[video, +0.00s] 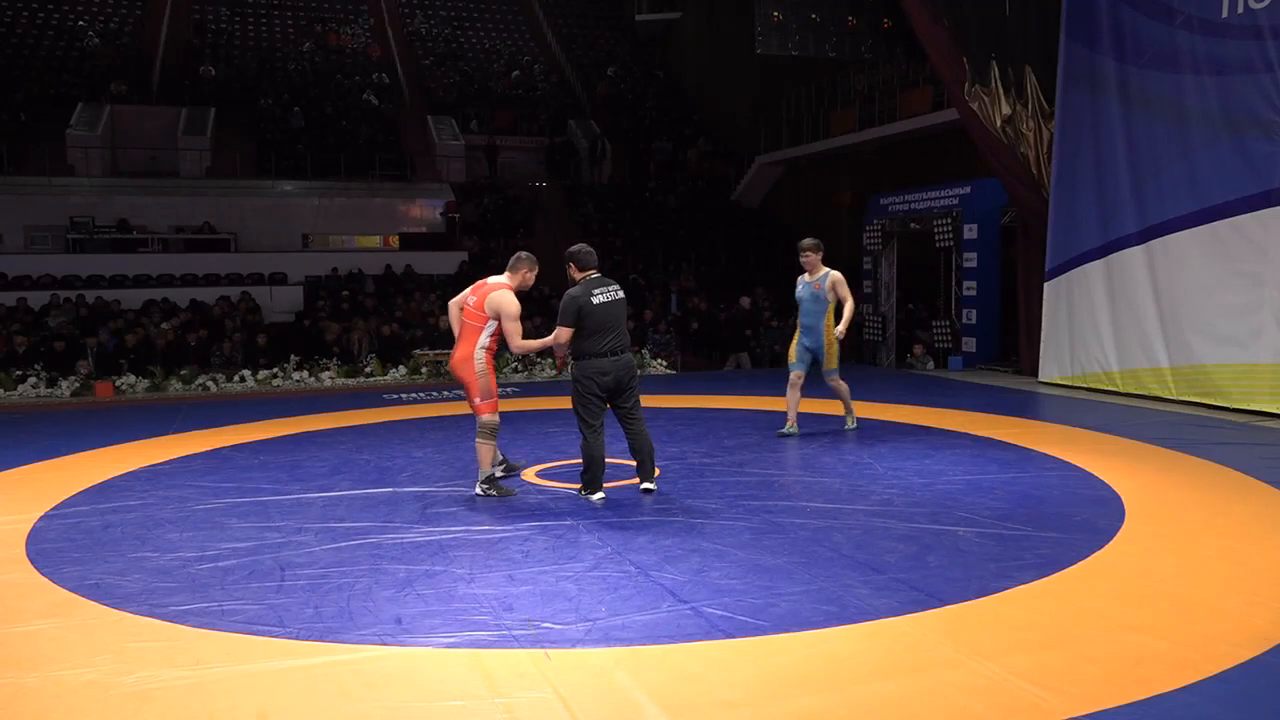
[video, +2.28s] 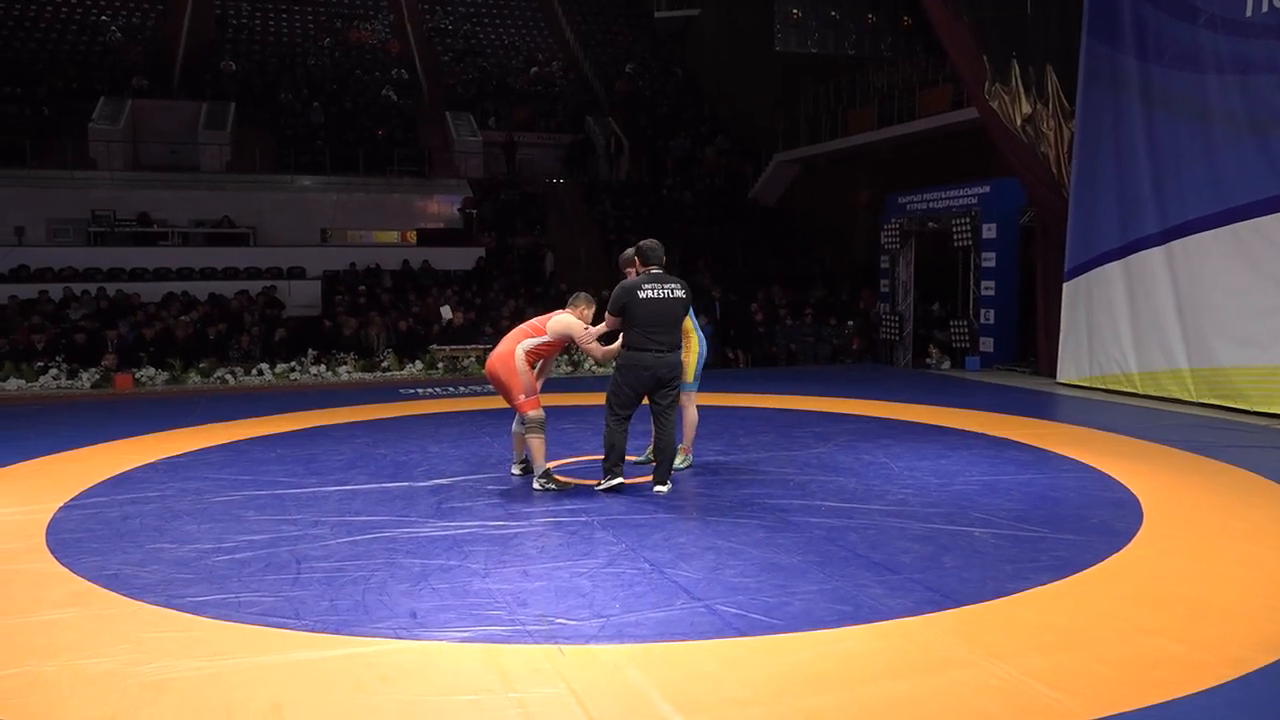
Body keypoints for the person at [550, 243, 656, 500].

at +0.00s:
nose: (568, 271)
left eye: (568, 267)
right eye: (568, 267)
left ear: (573, 268)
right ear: (595, 264)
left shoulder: (574, 296)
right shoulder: (614, 286)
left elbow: (560, 339)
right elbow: (615, 323)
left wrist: (558, 352)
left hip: (590, 368)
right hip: (623, 364)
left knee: (592, 430)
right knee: (634, 421)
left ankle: (593, 487)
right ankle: (648, 478)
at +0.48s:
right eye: (603, 260)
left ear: (576, 266)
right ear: (603, 262)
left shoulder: (568, 295)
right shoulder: (622, 287)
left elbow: (554, 338)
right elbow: (631, 323)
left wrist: (558, 362)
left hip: (588, 367)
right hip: (623, 363)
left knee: (591, 428)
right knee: (635, 420)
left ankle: (593, 485)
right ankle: (647, 478)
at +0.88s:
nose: (622, 262)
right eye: (622, 259)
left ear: (595, 264)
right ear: (620, 262)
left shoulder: (581, 292)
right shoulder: (638, 289)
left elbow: (568, 332)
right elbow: (660, 322)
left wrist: (563, 363)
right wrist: (642, 315)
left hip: (596, 366)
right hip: (632, 363)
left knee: (596, 426)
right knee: (640, 421)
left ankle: (594, 484)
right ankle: (647, 479)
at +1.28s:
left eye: (615, 259)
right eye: (642, 258)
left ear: (615, 262)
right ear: (642, 261)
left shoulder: (602, 287)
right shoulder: (657, 289)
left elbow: (584, 325)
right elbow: (668, 320)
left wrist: (594, 346)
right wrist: (645, 319)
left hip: (612, 362)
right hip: (647, 361)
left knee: (603, 422)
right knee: (649, 421)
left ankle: (597, 480)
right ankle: (650, 480)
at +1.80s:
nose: (627, 263)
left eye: (628, 260)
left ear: (630, 262)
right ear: (656, 262)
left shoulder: (619, 287)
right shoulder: (672, 289)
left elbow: (600, 323)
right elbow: (678, 324)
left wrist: (623, 318)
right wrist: (656, 318)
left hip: (625, 361)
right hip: (660, 362)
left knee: (612, 420)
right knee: (658, 421)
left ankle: (601, 476)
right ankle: (655, 480)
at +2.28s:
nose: (632, 266)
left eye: (633, 262)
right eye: (633, 262)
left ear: (638, 262)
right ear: (664, 262)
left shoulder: (626, 288)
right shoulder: (681, 288)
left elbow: (612, 322)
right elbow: (676, 318)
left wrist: (642, 313)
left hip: (634, 361)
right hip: (669, 362)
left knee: (617, 416)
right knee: (665, 418)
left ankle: (613, 473)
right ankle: (662, 479)